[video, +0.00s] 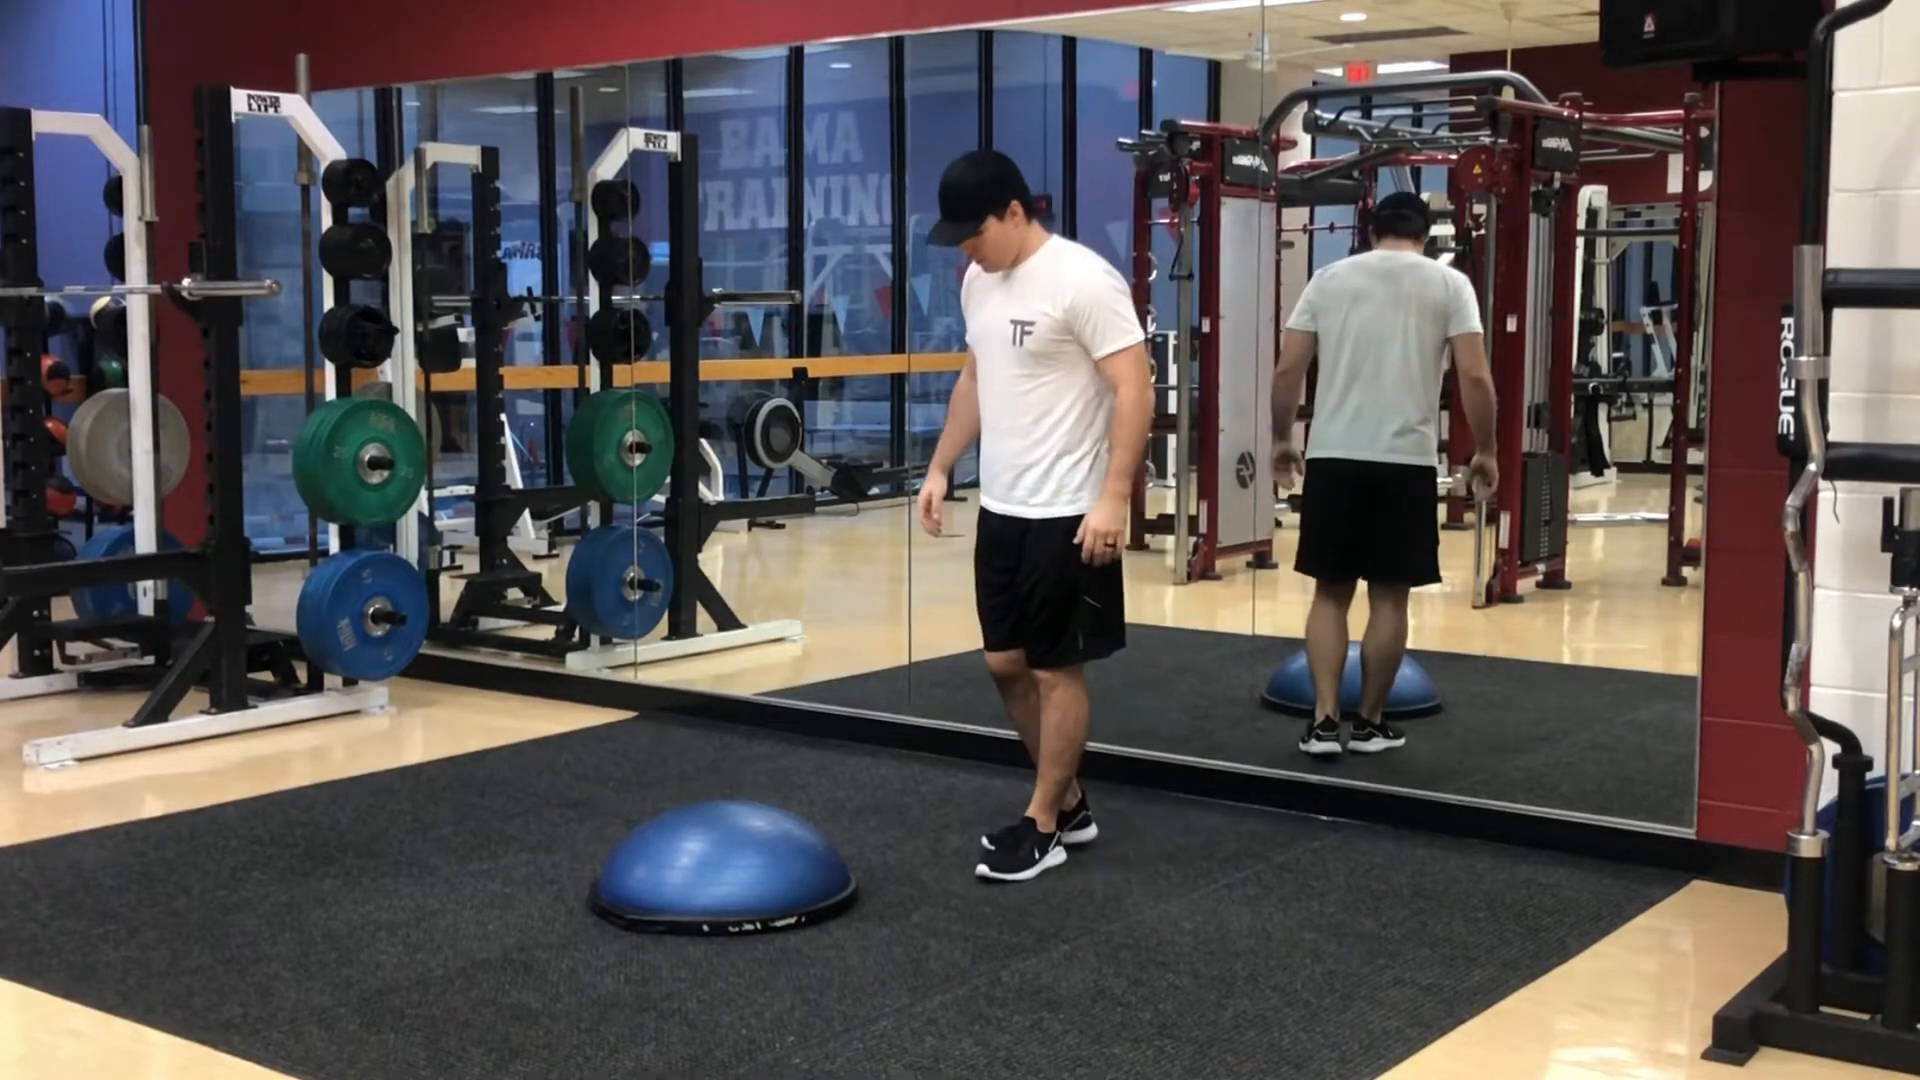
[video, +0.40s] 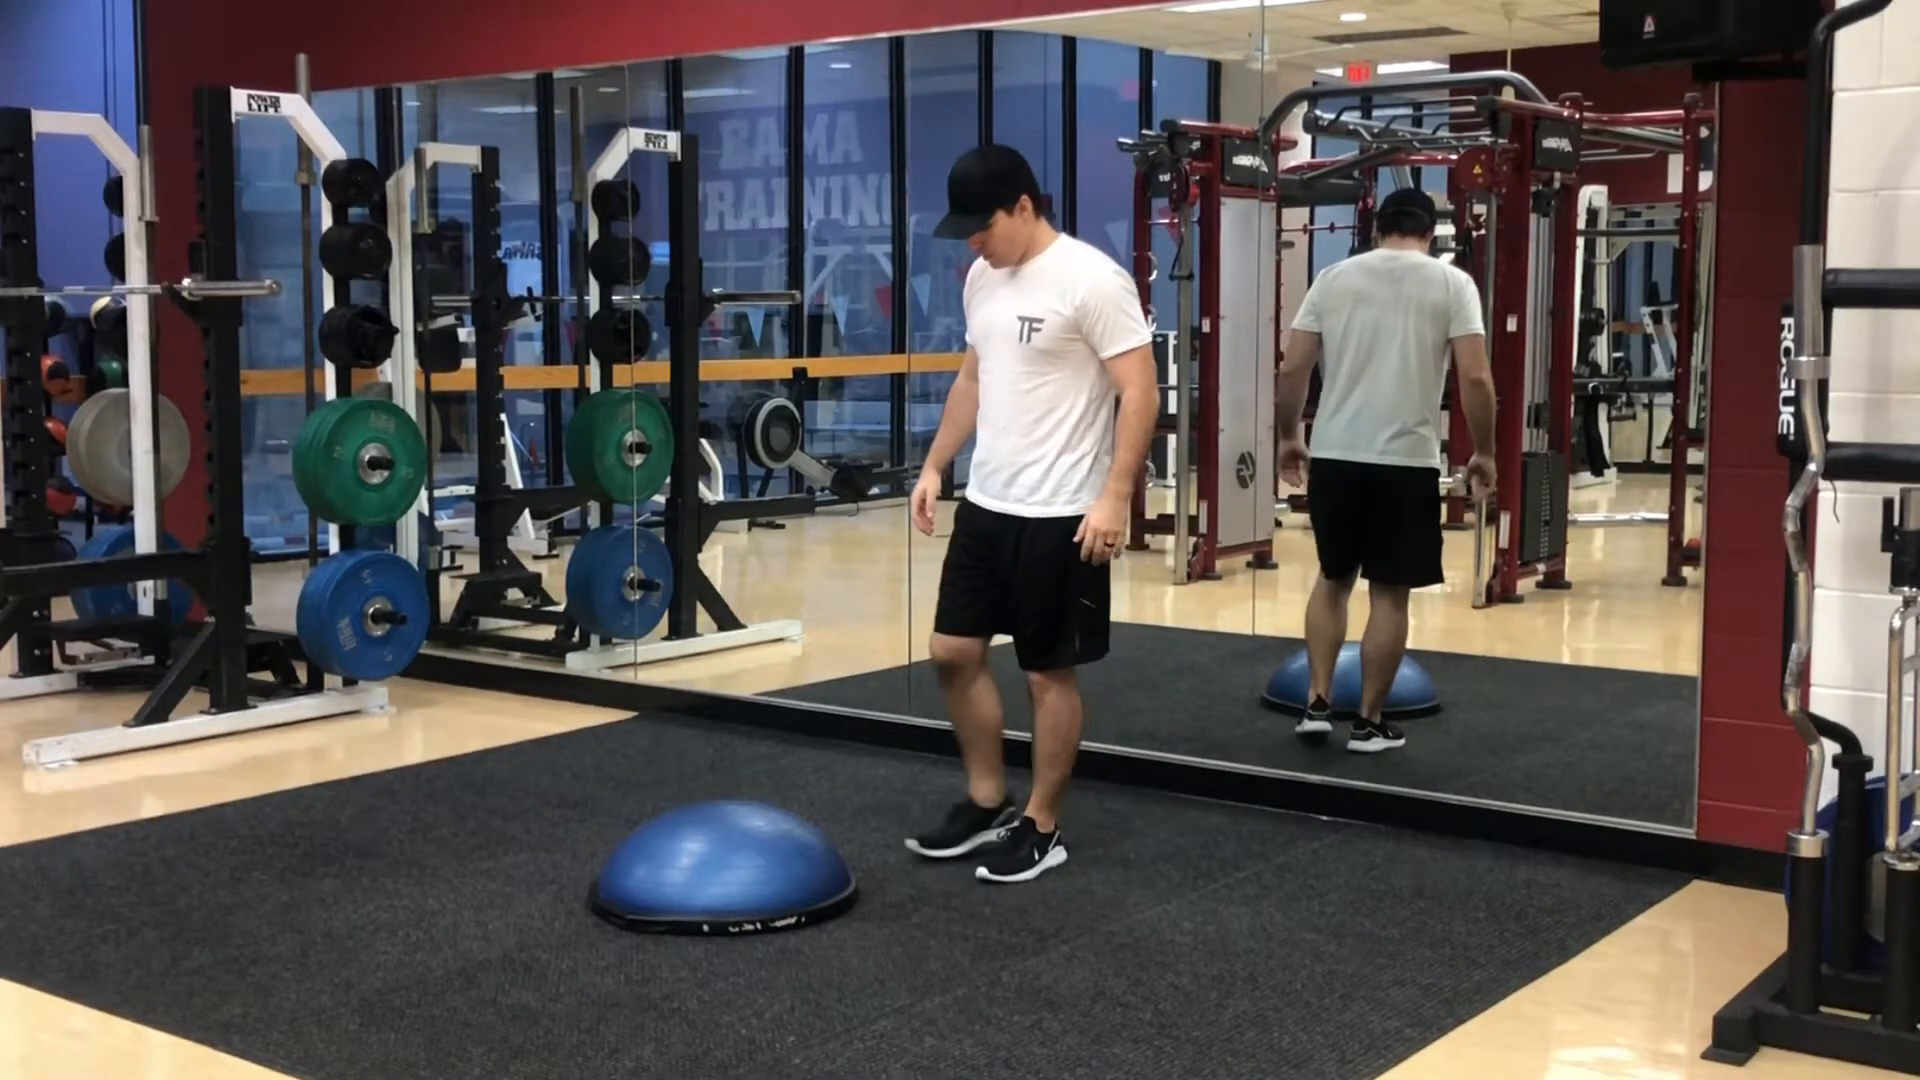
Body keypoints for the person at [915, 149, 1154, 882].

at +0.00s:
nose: (967, 253)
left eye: (973, 237)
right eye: (961, 241)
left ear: (1012, 213)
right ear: (985, 224)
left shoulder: (1086, 279)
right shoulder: (978, 282)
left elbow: (1136, 388)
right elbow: (977, 378)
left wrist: (1116, 496)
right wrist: (940, 466)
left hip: (1069, 512)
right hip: (1002, 509)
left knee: (1059, 667)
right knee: (1007, 662)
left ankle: (1042, 824)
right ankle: (1068, 800)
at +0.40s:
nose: (974, 246)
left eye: (981, 230)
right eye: (968, 234)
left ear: (1023, 207)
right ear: (996, 215)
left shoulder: (1095, 280)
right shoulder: (982, 278)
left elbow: (1142, 392)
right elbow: (974, 378)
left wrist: (1117, 496)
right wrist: (934, 464)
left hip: (1062, 515)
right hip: (986, 507)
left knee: (1050, 670)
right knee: (955, 653)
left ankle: (1042, 825)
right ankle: (986, 803)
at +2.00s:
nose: (926, 252)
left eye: (931, 236)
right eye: (919, 242)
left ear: (971, 211)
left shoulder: (1049, 277)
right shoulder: (937, 279)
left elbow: (1101, 384)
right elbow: (941, 377)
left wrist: (1072, 491)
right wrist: (905, 468)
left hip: (1022, 518)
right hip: (945, 506)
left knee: (1010, 677)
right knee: (882, 629)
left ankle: (1015, 813)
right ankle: (885, 789)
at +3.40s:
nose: (861, 270)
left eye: (866, 254)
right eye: (855, 259)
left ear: (908, 233)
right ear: (894, 238)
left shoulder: (984, 305)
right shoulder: (872, 302)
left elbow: (1044, 407)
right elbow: (880, 394)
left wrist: (986, 481)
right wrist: (840, 448)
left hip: (974, 528)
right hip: (896, 510)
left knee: (957, 685)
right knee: (806, 596)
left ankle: (1007, 806)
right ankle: (825, 758)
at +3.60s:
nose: (820, 225)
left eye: (826, 209)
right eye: (814, 213)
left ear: (866, 185)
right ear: (811, 207)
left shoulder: (947, 242)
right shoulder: (822, 250)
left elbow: (1037, 308)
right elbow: (829, 324)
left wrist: (976, 371)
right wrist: (801, 376)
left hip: (925, 470)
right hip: (844, 466)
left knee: (893, 616)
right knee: (784, 611)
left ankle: (940, 762)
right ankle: (786, 749)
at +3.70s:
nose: (796, 247)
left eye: (802, 232)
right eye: (789, 236)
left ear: (841, 208)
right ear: (788, 229)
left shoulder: (922, 264)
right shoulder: (791, 277)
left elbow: (1006, 332)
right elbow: (793, 361)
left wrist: (948, 396)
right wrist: (783, 428)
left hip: (907, 476)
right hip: (826, 483)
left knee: (843, 578)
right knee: (796, 643)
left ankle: (866, 726)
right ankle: (784, 777)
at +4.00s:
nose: (782, 241)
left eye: (787, 225)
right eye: (774, 230)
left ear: (824, 200)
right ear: (777, 220)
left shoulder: (906, 249)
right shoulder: (783, 274)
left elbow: (1006, 300)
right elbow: (778, 352)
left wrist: (949, 360)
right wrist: (752, 395)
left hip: (904, 468)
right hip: (822, 477)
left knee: (848, 595)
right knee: (788, 637)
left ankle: (899, 751)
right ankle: (785, 773)